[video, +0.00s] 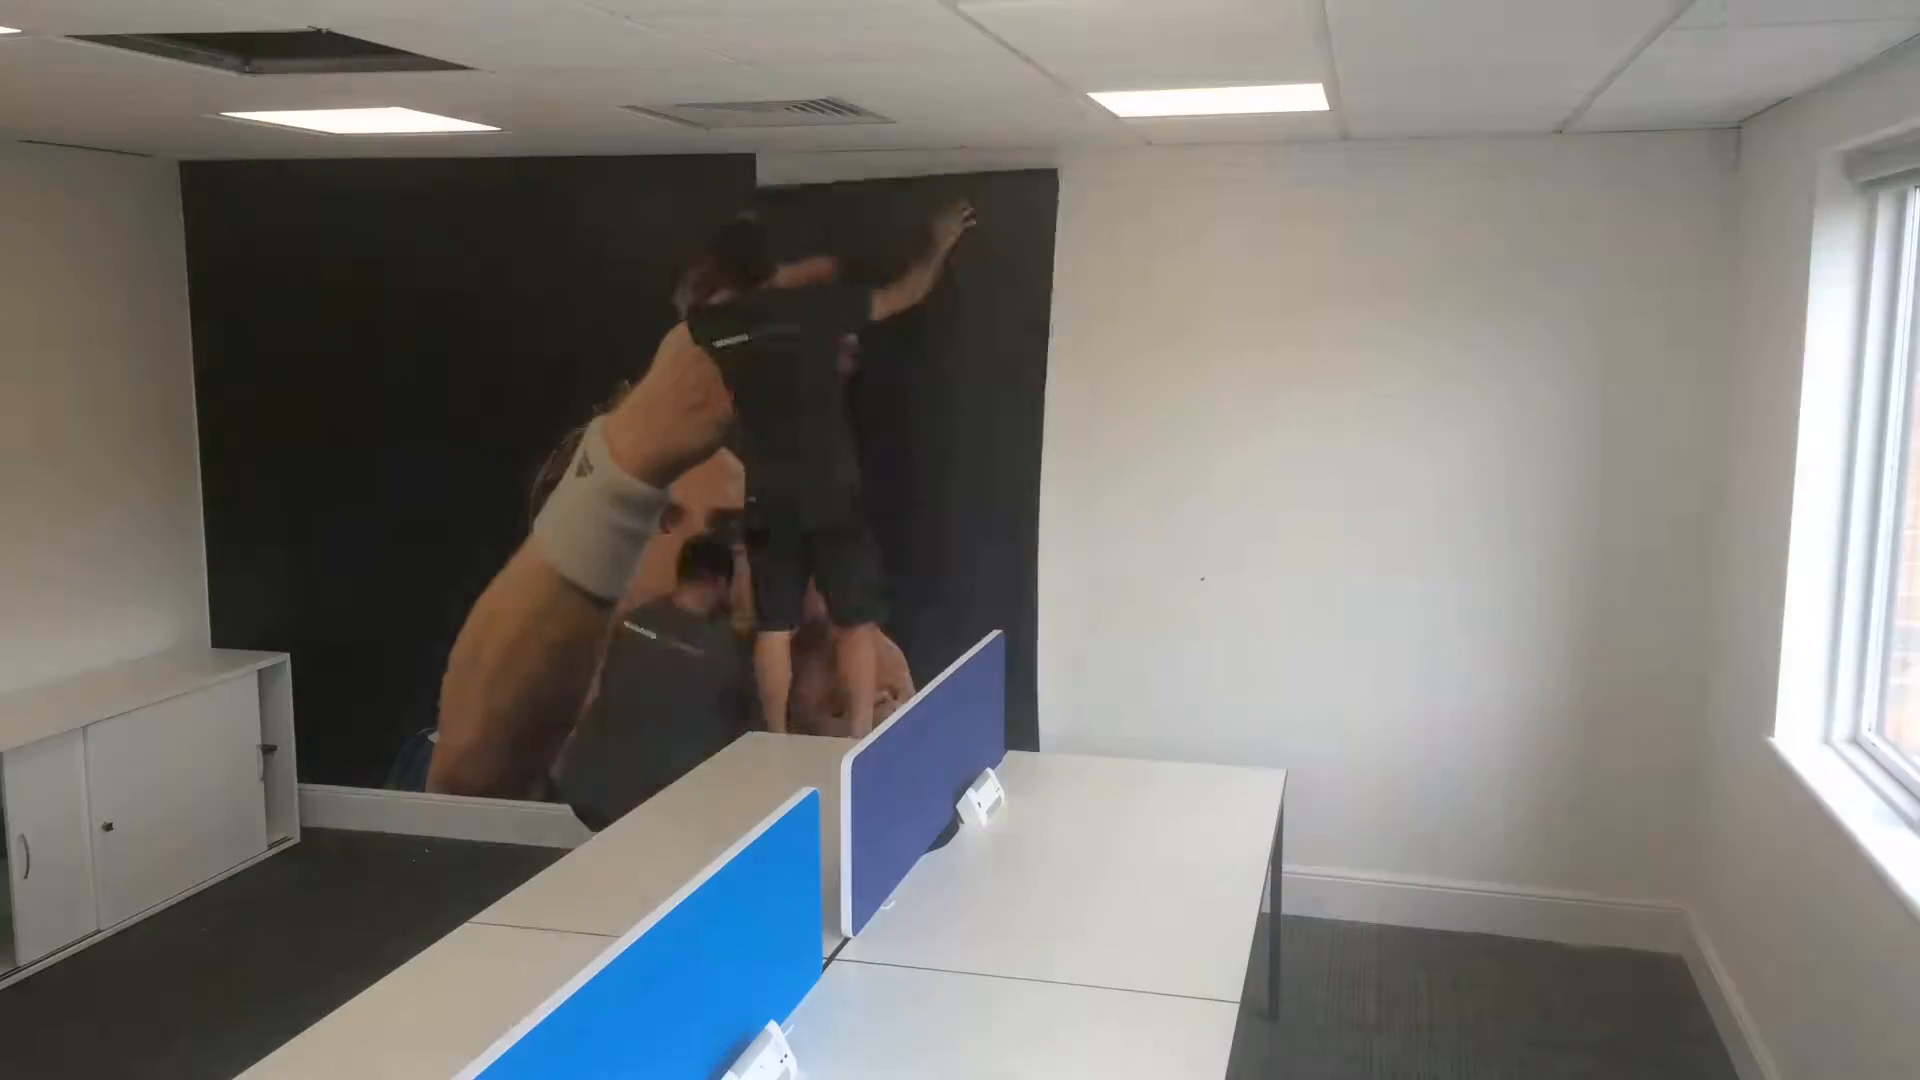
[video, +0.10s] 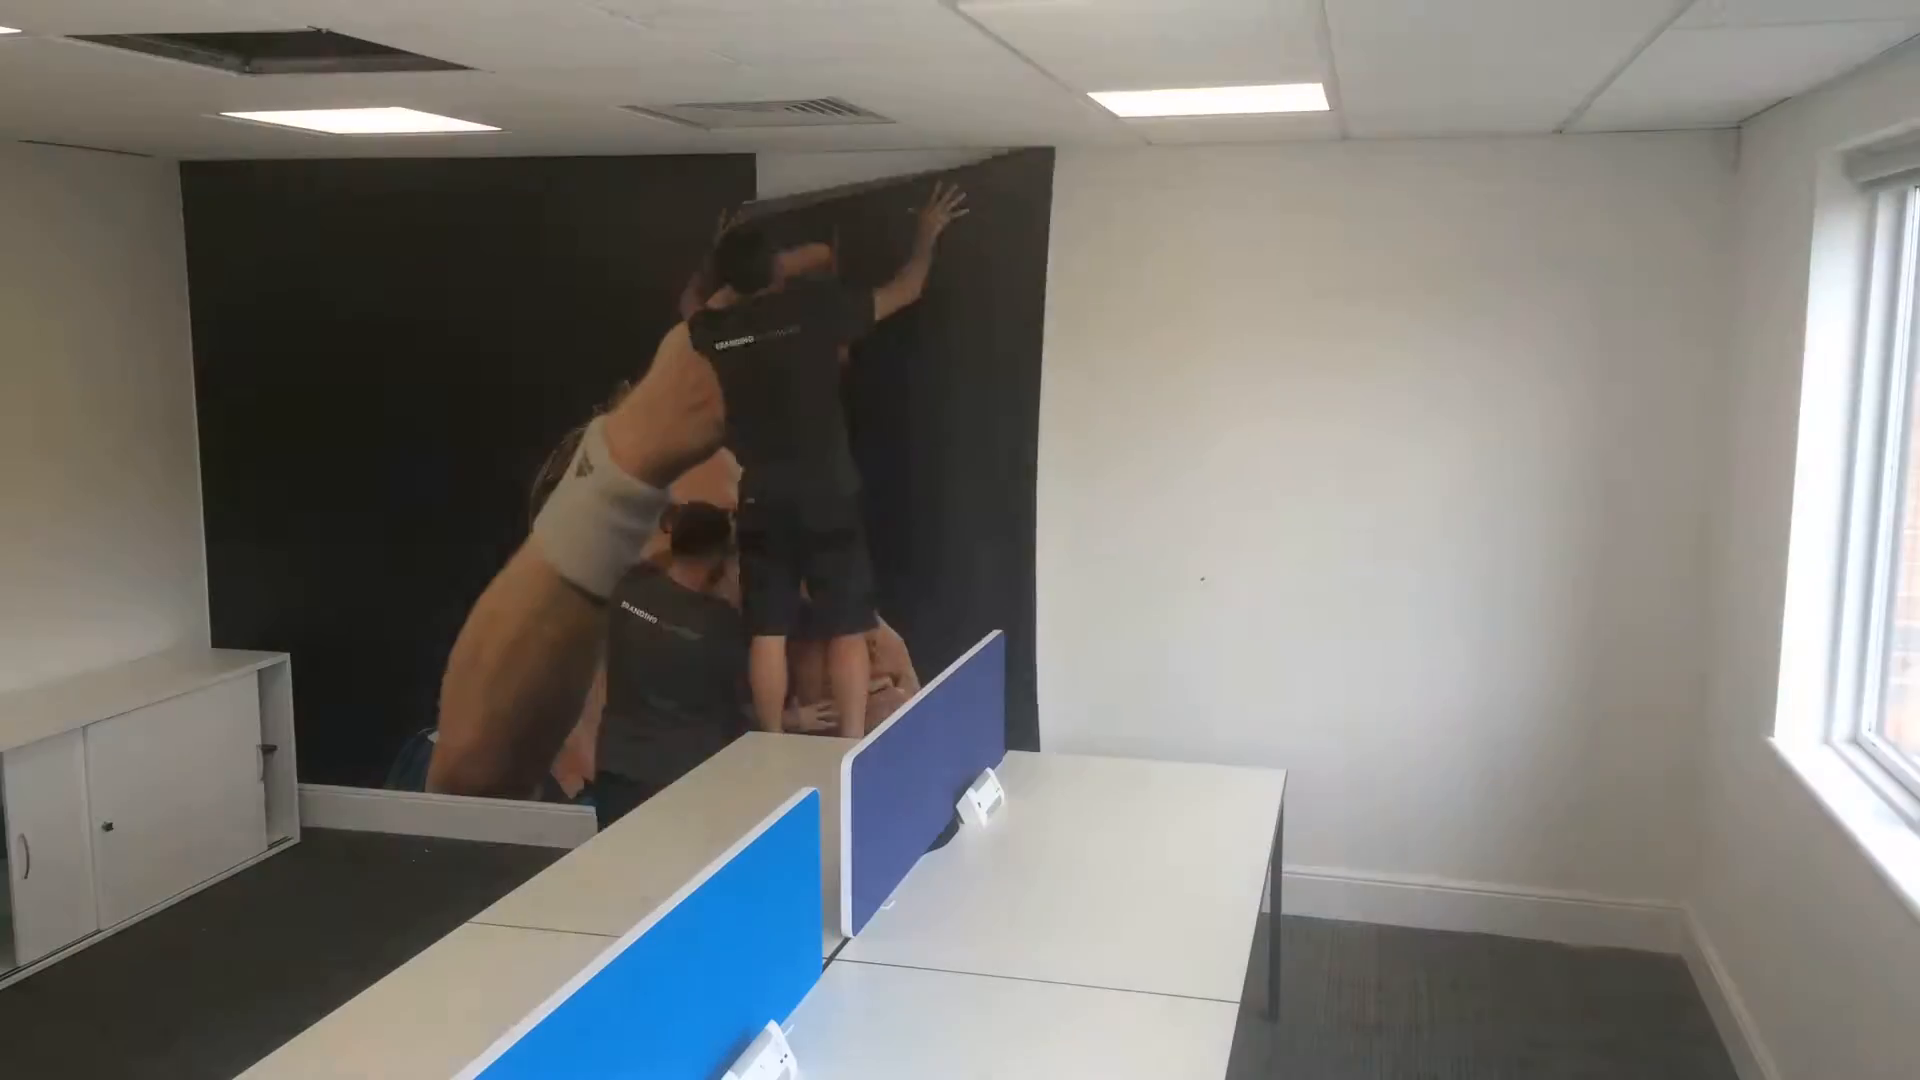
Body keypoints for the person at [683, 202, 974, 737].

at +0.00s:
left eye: (720, 265)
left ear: (718, 271)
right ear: (769, 261)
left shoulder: (711, 328)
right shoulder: (820, 305)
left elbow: (748, 298)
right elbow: (908, 292)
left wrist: (797, 274)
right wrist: (941, 246)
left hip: (768, 493)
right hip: (832, 487)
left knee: (774, 622)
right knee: (853, 615)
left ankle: (776, 743)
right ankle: (861, 739)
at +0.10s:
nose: (794, 257)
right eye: (787, 253)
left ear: (727, 280)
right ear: (777, 268)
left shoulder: (714, 331)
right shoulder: (817, 307)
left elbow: (697, 304)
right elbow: (907, 288)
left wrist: (722, 256)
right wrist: (927, 236)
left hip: (762, 495)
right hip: (828, 490)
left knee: (767, 623)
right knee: (845, 620)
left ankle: (770, 748)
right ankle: (853, 745)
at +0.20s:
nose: (964, 267)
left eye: (958, 257)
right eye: (960, 261)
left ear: (904, 265)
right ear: (955, 274)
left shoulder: (870, 310)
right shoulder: (967, 324)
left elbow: (954, 245)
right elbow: (1044, 274)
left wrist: (1020, 209)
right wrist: (1063, 210)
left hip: (857, 494)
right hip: (922, 503)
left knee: (827, 614)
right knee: (906, 631)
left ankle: (789, 721)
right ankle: (897, 748)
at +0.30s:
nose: (976, 282)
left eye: (976, 273)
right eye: (974, 272)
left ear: (916, 265)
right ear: (963, 271)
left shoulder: (868, 306)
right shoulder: (967, 319)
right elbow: (1039, 265)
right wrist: (1050, 199)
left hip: (862, 492)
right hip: (932, 501)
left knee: (836, 619)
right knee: (920, 633)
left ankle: (805, 736)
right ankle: (915, 756)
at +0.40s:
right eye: (827, 253)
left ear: (778, 266)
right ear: (830, 266)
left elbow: (802, 257)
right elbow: (926, 267)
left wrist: (845, 207)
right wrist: (912, 210)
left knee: (803, 619)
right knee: (889, 610)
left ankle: (810, 740)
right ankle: (910, 731)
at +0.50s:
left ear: (859, 291)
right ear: (910, 298)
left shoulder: (836, 320)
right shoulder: (937, 335)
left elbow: (796, 397)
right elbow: (981, 418)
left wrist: (802, 437)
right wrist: (940, 478)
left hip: (838, 497)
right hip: (907, 503)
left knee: (822, 633)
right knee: (890, 639)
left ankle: (815, 754)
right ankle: (895, 763)